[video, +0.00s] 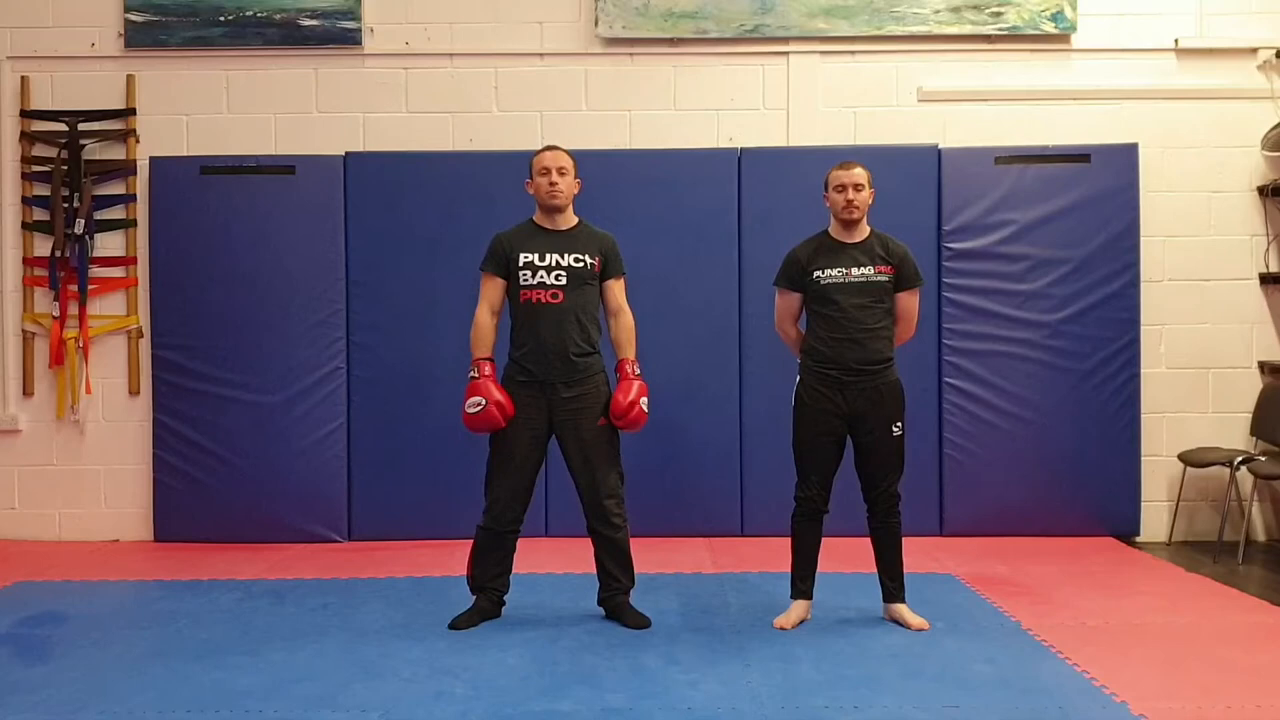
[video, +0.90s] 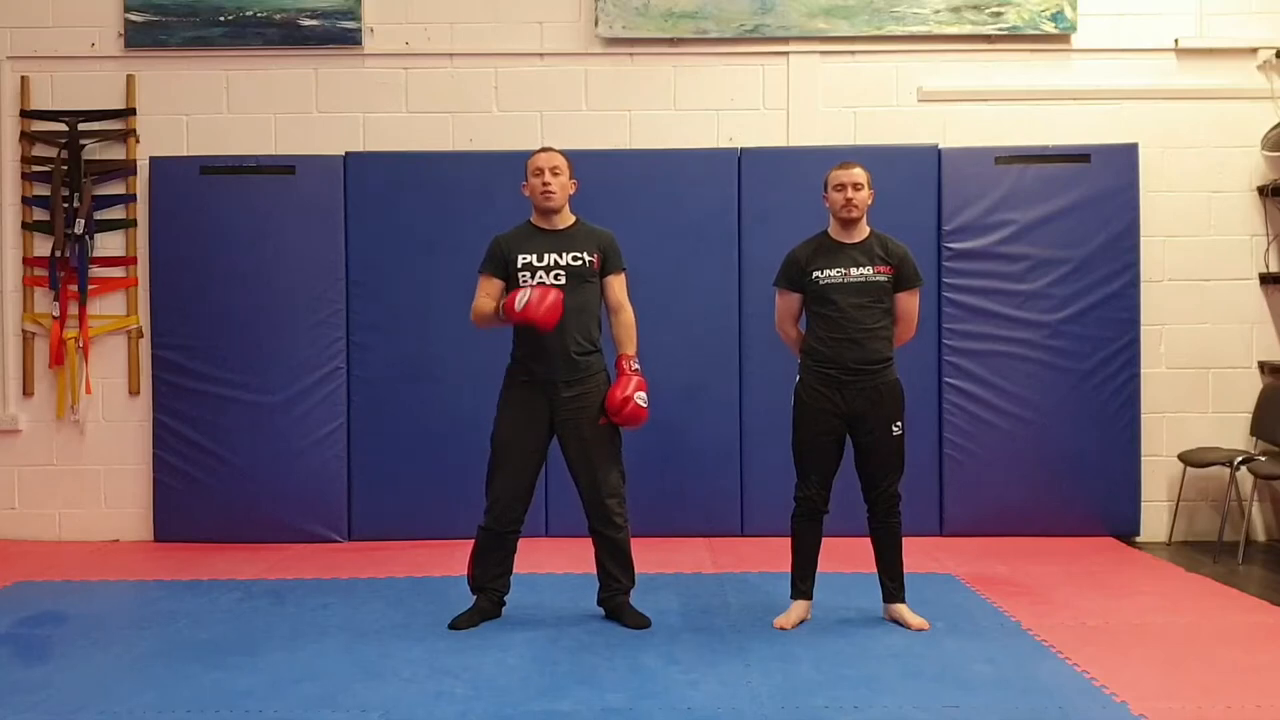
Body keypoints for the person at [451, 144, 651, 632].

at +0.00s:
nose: (553, 180)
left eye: (562, 173)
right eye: (545, 174)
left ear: (576, 184)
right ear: (531, 185)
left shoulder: (601, 244)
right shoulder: (508, 243)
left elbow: (618, 312)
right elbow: (488, 311)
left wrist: (629, 373)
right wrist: (482, 372)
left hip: (586, 389)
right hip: (522, 388)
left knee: (606, 498)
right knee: (503, 500)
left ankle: (616, 596)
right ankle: (488, 597)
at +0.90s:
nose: (546, 181)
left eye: (554, 173)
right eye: (538, 174)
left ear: (572, 184)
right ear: (526, 187)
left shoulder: (600, 242)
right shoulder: (507, 245)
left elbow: (620, 309)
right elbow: (481, 312)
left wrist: (629, 369)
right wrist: (509, 309)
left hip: (587, 388)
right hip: (526, 389)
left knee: (607, 497)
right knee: (504, 497)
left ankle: (617, 597)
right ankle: (488, 598)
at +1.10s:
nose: (545, 180)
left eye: (554, 173)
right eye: (537, 174)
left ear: (571, 185)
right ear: (526, 187)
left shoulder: (599, 242)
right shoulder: (506, 245)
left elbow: (619, 310)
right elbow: (483, 315)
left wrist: (630, 371)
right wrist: (513, 294)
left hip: (587, 387)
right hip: (526, 389)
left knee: (607, 498)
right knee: (504, 498)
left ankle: (617, 597)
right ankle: (488, 598)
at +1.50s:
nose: (550, 182)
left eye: (559, 174)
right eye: (542, 175)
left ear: (573, 184)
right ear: (528, 186)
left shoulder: (599, 243)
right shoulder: (508, 244)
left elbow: (619, 309)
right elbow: (484, 309)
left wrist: (629, 371)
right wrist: (508, 337)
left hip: (586, 387)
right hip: (525, 389)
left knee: (606, 498)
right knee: (504, 497)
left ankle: (616, 598)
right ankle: (488, 597)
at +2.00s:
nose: (549, 180)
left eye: (558, 172)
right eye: (541, 173)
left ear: (574, 183)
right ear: (528, 185)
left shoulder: (600, 242)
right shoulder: (508, 244)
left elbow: (621, 310)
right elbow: (485, 314)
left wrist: (631, 375)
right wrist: (472, 376)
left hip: (585, 388)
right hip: (522, 390)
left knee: (606, 499)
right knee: (503, 500)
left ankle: (616, 597)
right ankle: (488, 597)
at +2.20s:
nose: (547, 179)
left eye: (556, 172)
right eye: (539, 172)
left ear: (573, 183)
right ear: (528, 184)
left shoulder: (599, 241)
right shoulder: (507, 244)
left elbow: (623, 309)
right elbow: (485, 314)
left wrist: (630, 371)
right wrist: (472, 376)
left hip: (585, 388)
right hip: (522, 390)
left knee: (605, 499)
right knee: (502, 501)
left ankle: (616, 597)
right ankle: (488, 597)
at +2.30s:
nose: (548, 178)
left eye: (557, 171)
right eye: (540, 172)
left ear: (574, 183)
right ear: (528, 185)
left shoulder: (599, 241)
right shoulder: (507, 244)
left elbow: (624, 307)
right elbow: (484, 312)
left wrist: (631, 370)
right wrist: (474, 374)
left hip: (585, 388)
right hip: (522, 390)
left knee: (606, 499)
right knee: (503, 501)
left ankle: (616, 597)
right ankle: (488, 597)